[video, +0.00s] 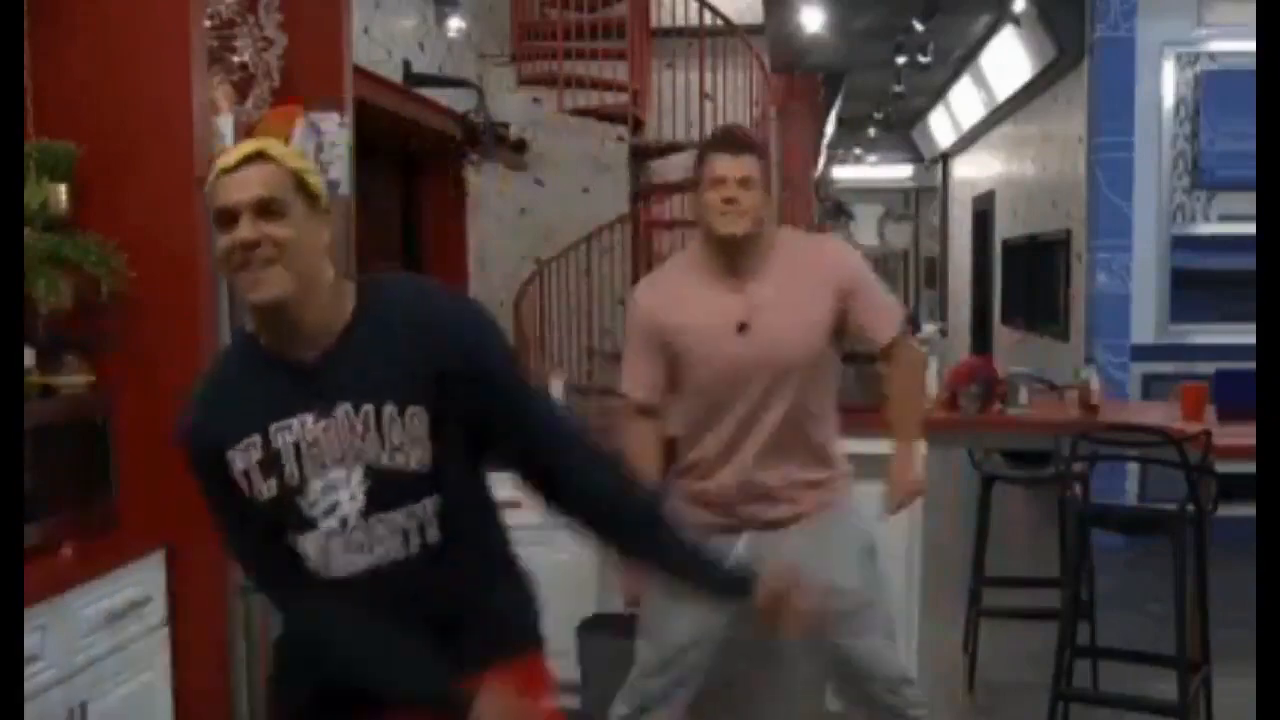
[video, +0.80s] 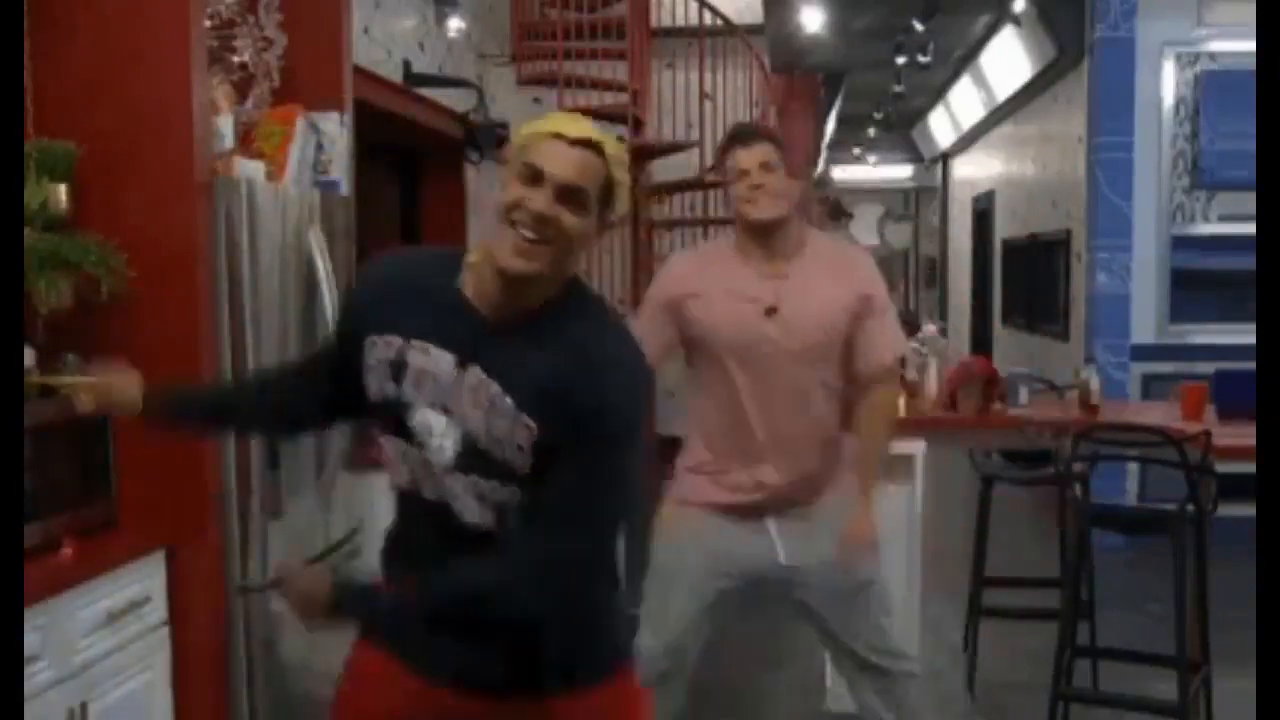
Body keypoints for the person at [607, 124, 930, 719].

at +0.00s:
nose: (730, 195)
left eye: (745, 183)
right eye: (715, 184)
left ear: (767, 194)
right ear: (696, 199)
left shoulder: (828, 263)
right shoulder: (657, 296)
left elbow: (900, 346)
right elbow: (640, 416)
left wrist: (906, 452)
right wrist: (640, 532)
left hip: (816, 512)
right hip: (699, 517)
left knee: (878, 676)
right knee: (657, 686)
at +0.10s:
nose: (763, 196)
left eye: (776, 184)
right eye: (748, 184)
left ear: (795, 195)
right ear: (727, 195)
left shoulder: (849, 266)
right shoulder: (684, 297)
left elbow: (946, 323)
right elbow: (671, 417)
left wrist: (960, 400)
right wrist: (719, 499)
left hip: (844, 520)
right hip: (735, 521)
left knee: (911, 694)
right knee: (676, 692)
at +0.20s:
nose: (811, 206)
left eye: (825, 195)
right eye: (797, 193)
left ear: (842, 213)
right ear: (772, 208)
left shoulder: (885, 282)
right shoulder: (737, 299)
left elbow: (988, 331)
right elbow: (736, 439)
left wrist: (1002, 280)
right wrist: (802, 415)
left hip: (888, 544)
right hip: (775, 539)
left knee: (924, 703)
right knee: (733, 694)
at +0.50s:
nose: (850, 226)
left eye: (863, 215)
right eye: (835, 213)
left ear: (876, 228)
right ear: (806, 225)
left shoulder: (910, 300)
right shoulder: (755, 311)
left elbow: (1004, 355)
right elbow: (745, 434)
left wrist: (1017, 332)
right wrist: (861, 424)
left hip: (906, 522)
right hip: (806, 536)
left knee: (949, 683)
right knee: (799, 693)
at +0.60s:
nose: (827, 231)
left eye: (840, 217)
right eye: (810, 220)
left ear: (860, 229)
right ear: (788, 238)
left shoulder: (908, 311)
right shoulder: (752, 323)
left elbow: (969, 404)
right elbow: (743, 445)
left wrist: (1023, 428)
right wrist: (839, 515)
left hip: (897, 549)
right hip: (785, 549)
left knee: (941, 704)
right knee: (771, 706)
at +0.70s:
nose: (780, 190)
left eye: (793, 177)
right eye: (764, 182)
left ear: (820, 189)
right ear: (750, 202)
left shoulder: (875, 278)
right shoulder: (711, 289)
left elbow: (905, 393)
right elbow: (675, 407)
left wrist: (927, 503)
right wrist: (687, 499)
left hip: (863, 529)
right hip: (741, 528)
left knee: (924, 694)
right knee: (661, 676)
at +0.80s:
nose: (754, 183)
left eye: (767, 170)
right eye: (739, 175)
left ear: (795, 183)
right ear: (725, 191)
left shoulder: (850, 267)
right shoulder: (686, 274)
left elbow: (880, 385)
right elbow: (622, 377)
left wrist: (864, 502)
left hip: (820, 505)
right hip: (705, 508)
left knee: (886, 669)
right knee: (653, 664)